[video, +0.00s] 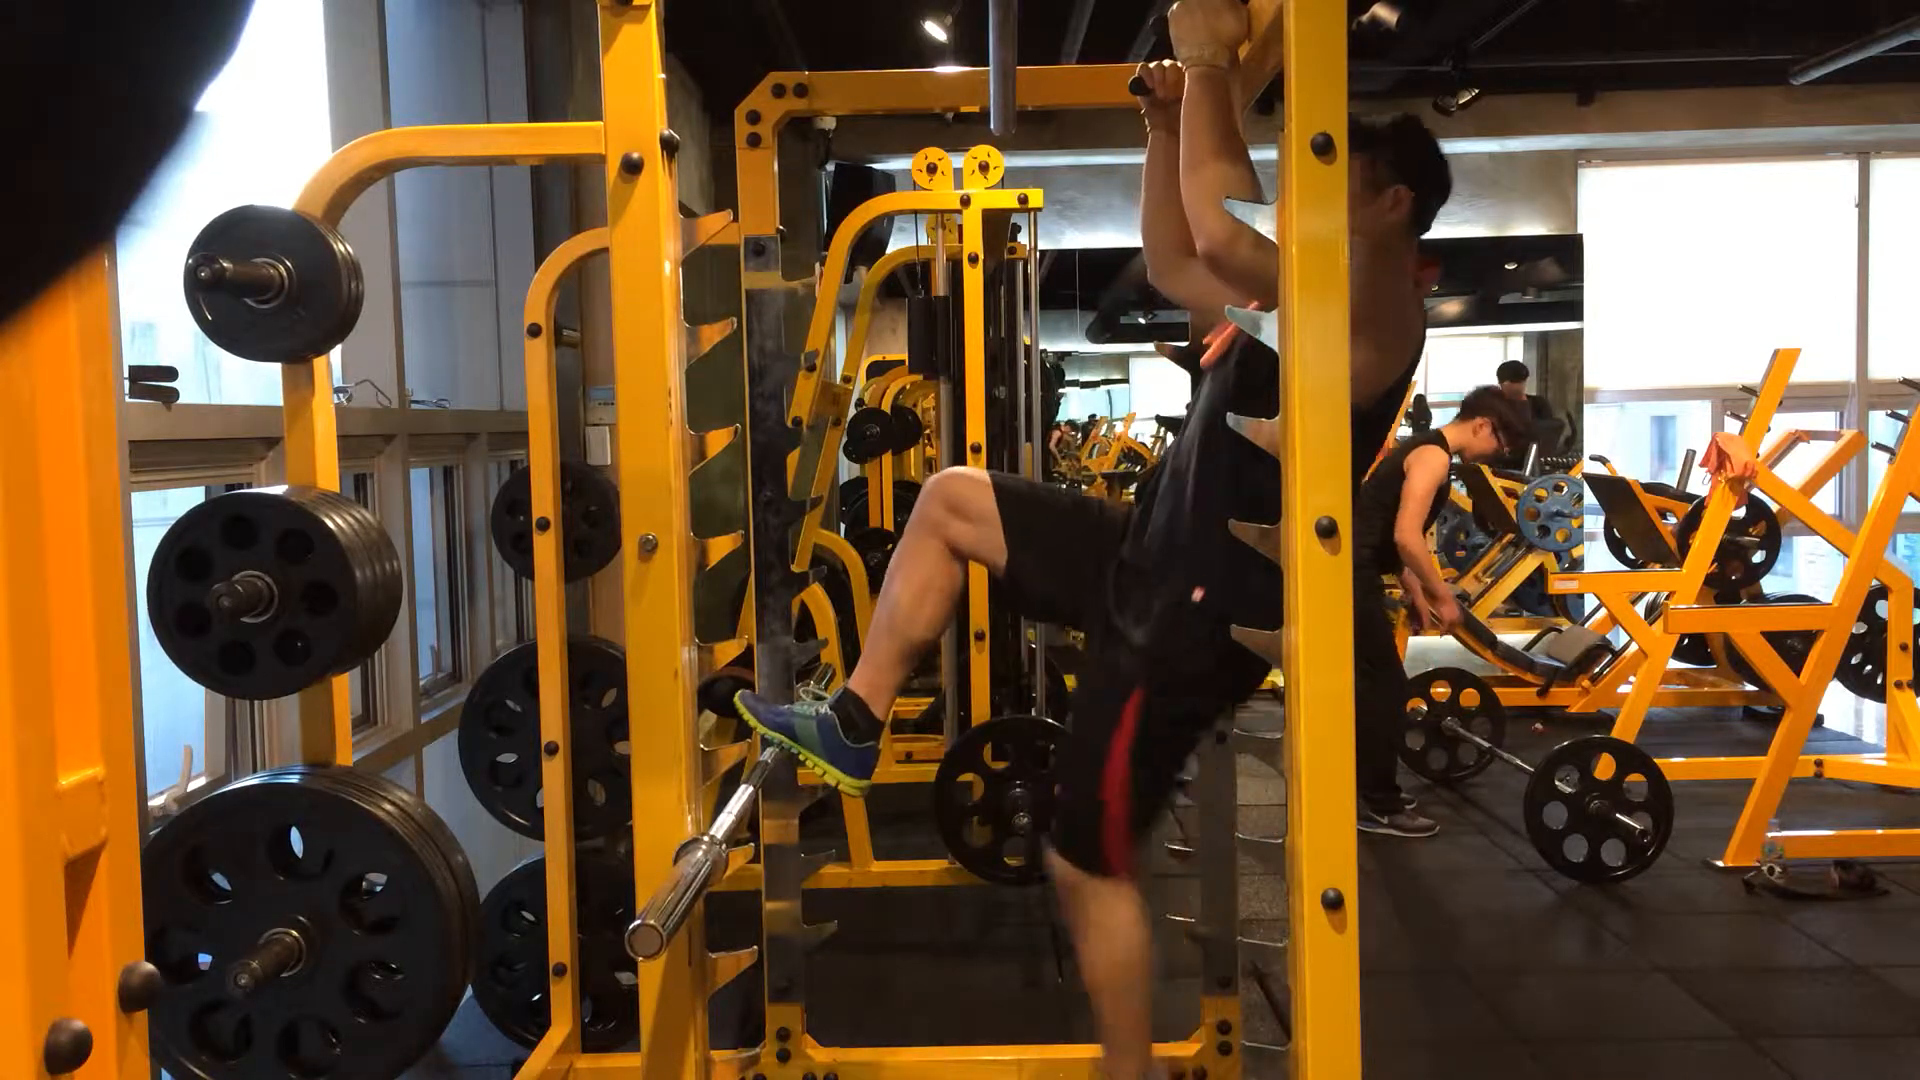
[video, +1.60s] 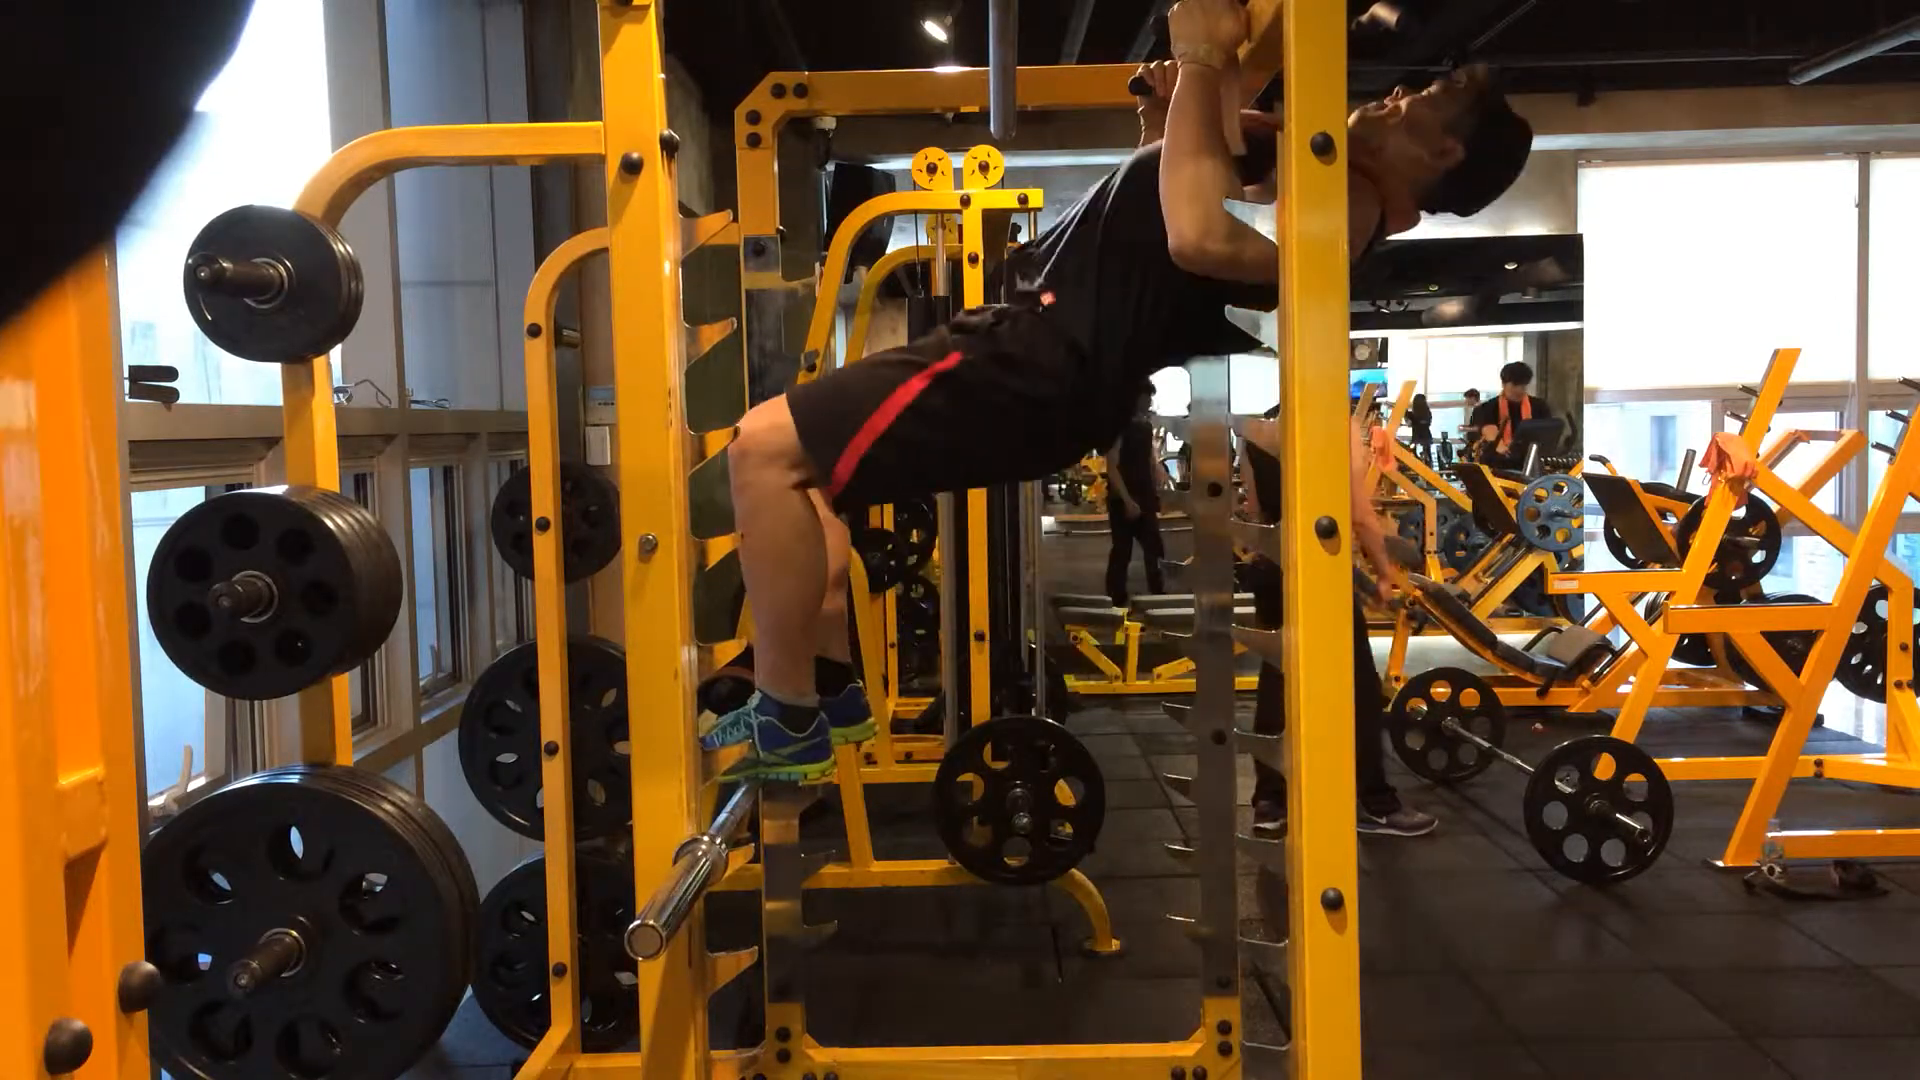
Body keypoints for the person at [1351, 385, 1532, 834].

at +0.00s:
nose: (1491, 457)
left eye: (1499, 452)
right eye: (1497, 447)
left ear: (1479, 425)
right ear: (1483, 425)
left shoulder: (1427, 451)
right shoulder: (1433, 457)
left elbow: (1397, 536)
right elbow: (1407, 534)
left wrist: (1414, 594)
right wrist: (1442, 593)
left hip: (1355, 577)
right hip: (1352, 579)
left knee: (1379, 683)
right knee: (1386, 685)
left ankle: (1374, 791)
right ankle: (1378, 800)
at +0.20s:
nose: (1476, 418)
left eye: (1481, 409)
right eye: (1478, 407)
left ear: (1452, 393)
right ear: (1458, 393)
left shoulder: (1410, 428)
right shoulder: (1417, 435)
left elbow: (1392, 522)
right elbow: (1401, 522)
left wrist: (1416, 582)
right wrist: (1430, 585)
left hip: (1360, 572)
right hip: (1360, 576)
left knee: (1376, 682)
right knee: (1386, 684)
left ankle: (1372, 792)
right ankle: (1378, 801)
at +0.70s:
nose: (1431, 381)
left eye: (1432, 373)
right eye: (1427, 371)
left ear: (1398, 378)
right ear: (1402, 374)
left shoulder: (1366, 422)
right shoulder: (1392, 426)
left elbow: (1387, 513)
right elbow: (1403, 513)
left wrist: (1415, 568)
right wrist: (1440, 575)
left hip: (1357, 571)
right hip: (1378, 575)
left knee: (1373, 682)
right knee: (1392, 683)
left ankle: (1370, 793)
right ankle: (1377, 800)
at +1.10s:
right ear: (1393, 396)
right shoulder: (1389, 432)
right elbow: (1405, 516)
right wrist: (1440, 578)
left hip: (1329, 574)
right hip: (1373, 579)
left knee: (1335, 685)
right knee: (1393, 684)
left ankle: (1317, 790)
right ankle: (1379, 801)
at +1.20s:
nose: (1396, 399)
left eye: (1396, 392)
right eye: (1393, 391)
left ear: (1349, 381)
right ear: (1378, 385)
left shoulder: (1318, 423)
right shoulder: (1379, 426)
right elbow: (1401, 518)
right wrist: (1433, 576)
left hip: (1320, 574)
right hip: (1369, 577)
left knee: (1320, 688)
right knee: (1390, 689)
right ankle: (1379, 802)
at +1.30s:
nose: (1382, 387)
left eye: (1380, 377)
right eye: (1377, 378)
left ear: (1341, 383)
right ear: (1363, 383)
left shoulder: (1311, 424)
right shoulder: (1372, 431)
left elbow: (1259, 435)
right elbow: (1392, 519)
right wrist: (1424, 576)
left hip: (1318, 577)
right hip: (1364, 580)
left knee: (1315, 687)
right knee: (1387, 690)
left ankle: (1279, 792)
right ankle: (1380, 803)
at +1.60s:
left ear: (1291, 374)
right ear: (1335, 376)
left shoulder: (1260, 427)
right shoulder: (1342, 427)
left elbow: (1254, 508)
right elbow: (1359, 512)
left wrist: (1259, 554)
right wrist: (1385, 570)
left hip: (1274, 574)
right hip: (1327, 576)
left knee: (1275, 684)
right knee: (1361, 688)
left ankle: (1270, 804)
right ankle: (1377, 802)